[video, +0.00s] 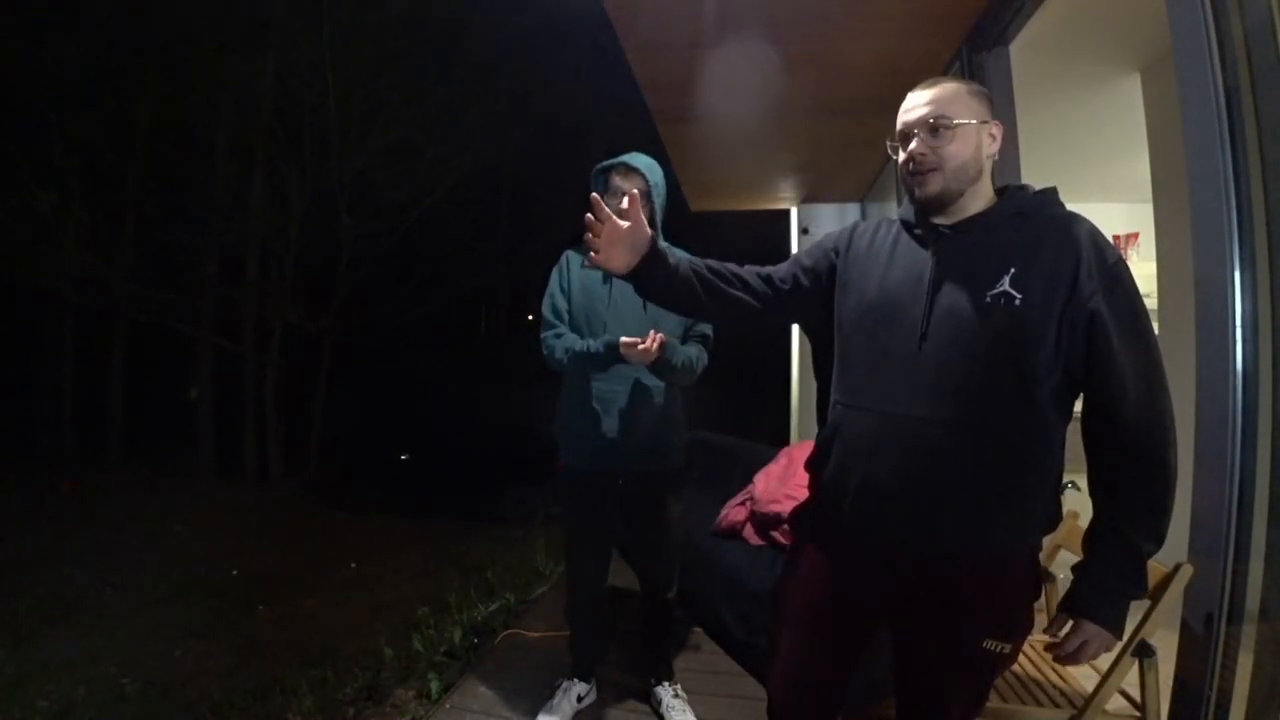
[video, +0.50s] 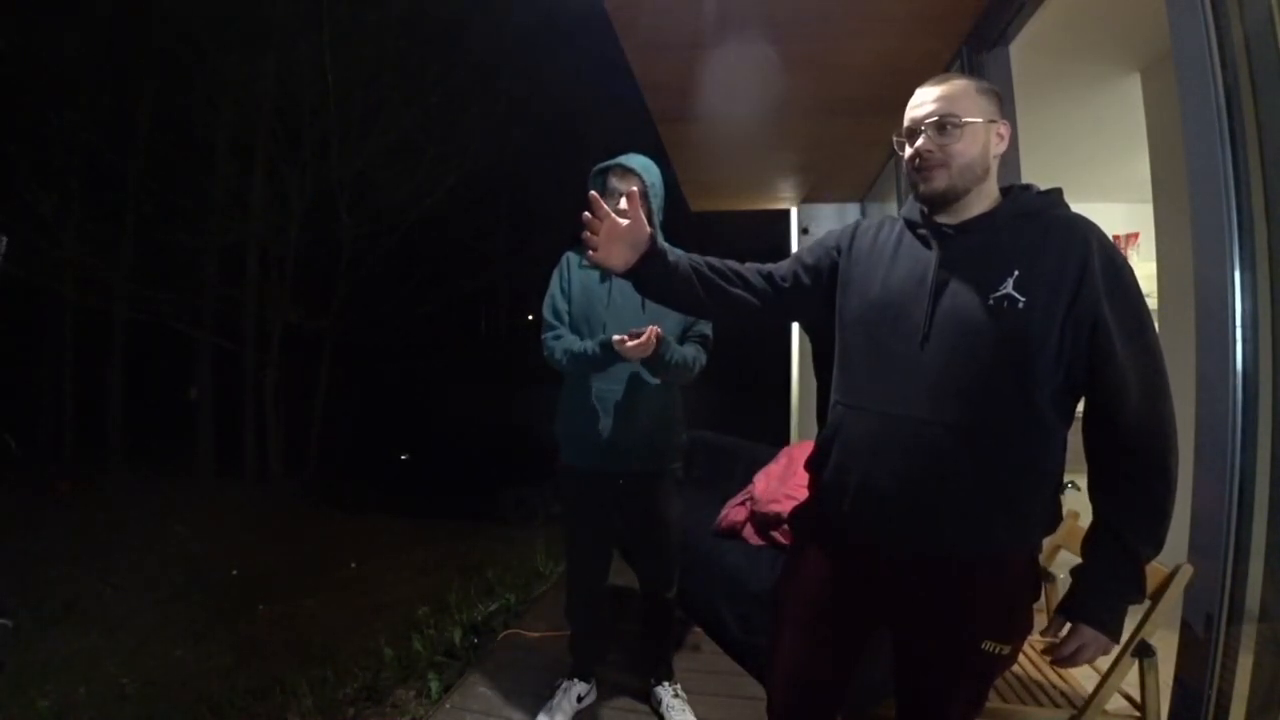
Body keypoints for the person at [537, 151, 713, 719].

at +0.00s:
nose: (632, 207)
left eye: (642, 197)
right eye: (621, 196)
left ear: (655, 204)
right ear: (599, 203)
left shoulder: (679, 269)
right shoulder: (574, 265)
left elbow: (698, 356)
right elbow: (554, 346)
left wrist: (663, 353)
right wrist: (611, 348)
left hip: (654, 444)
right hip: (587, 442)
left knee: (657, 563)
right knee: (584, 562)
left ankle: (661, 679)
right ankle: (580, 679)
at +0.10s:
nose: (632, 207)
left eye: (641, 197)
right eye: (621, 196)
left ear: (655, 204)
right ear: (598, 203)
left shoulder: (678, 269)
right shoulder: (573, 266)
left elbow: (697, 356)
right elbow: (553, 346)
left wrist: (659, 354)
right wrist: (610, 346)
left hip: (653, 447)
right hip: (586, 445)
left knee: (659, 565)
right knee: (584, 564)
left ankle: (661, 679)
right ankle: (580, 679)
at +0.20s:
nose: (632, 208)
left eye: (641, 198)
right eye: (621, 196)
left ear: (655, 204)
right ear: (598, 203)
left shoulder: (678, 269)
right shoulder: (572, 266)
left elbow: (695, 358)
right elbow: (553, 347)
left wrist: (658, 353)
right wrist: (609, 346)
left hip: (652, 448)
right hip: (586, 447)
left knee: (658, 568)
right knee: (584, 566)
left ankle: (661, 679)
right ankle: (581, 679)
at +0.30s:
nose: (632, 207)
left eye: (641, 197)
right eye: (621, 196)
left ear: (655, 204)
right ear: (598, 203)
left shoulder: (678, 270)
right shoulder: (572, 267)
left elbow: (695, 358)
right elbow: (553, 347)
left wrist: (657, 352)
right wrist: (609, 344)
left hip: (652, 448)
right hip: (586, 446)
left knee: (658, 568)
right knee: (584, 566)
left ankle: (661, 679)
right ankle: (581, 679)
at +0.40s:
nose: (631, 207)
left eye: (640, 197)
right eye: (620, 196)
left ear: (654, 204)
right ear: (597, 203)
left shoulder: (679, 270)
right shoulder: (573, 267)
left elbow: (695, 359)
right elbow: (553, 347)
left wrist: (657, 351)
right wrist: (609, 344)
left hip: (652, 447)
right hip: (586, 446)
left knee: (658, 568)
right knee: (584, 565)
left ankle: (661, 678)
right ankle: (580, 678)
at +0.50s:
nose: (629, 208)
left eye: (638, 198)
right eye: (618, 196)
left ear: (653, 205)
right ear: (597, 203)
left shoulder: (678, 270)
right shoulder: (574, 266)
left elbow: (696, 358)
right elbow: (554, 346)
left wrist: (658, 352)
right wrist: (608, 348)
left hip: (653, 449)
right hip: (587, 447)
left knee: (659, 569)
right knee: (585, 566)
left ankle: (661, 678)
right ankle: (580, 678)